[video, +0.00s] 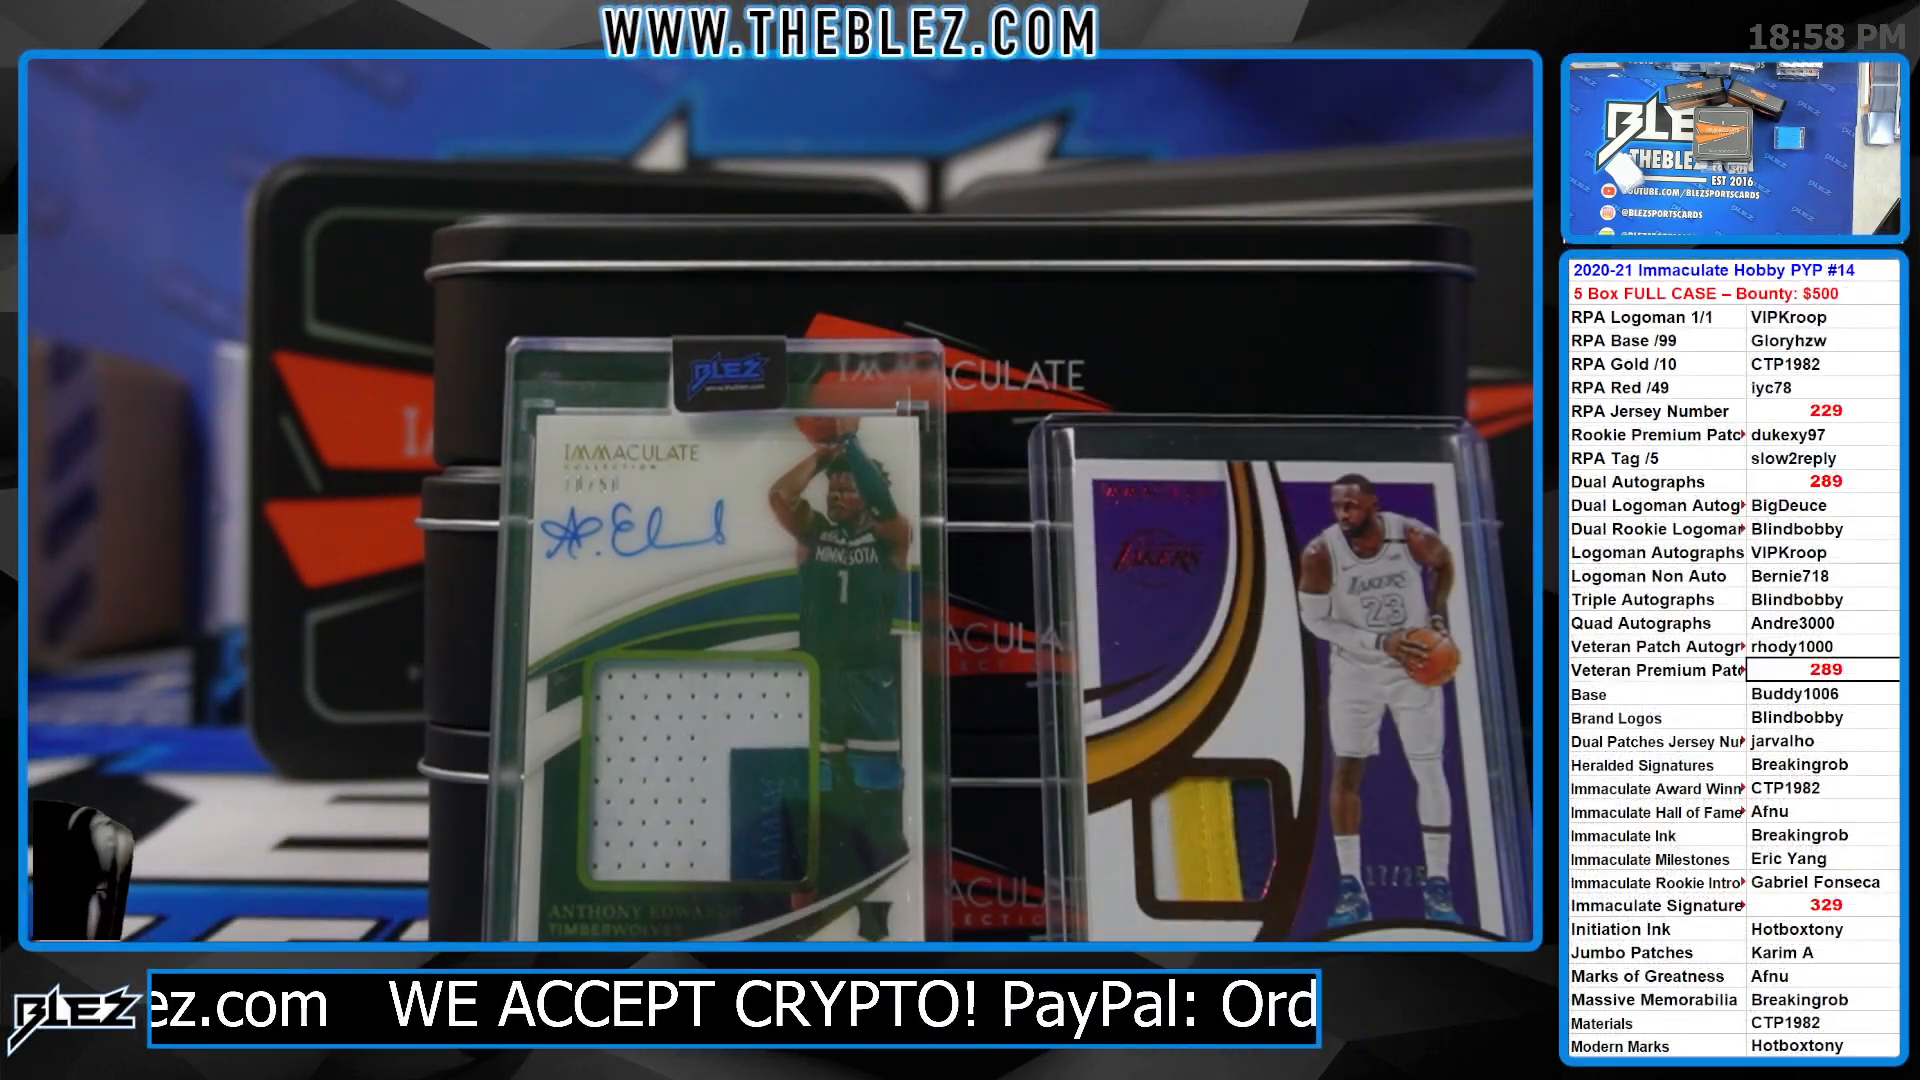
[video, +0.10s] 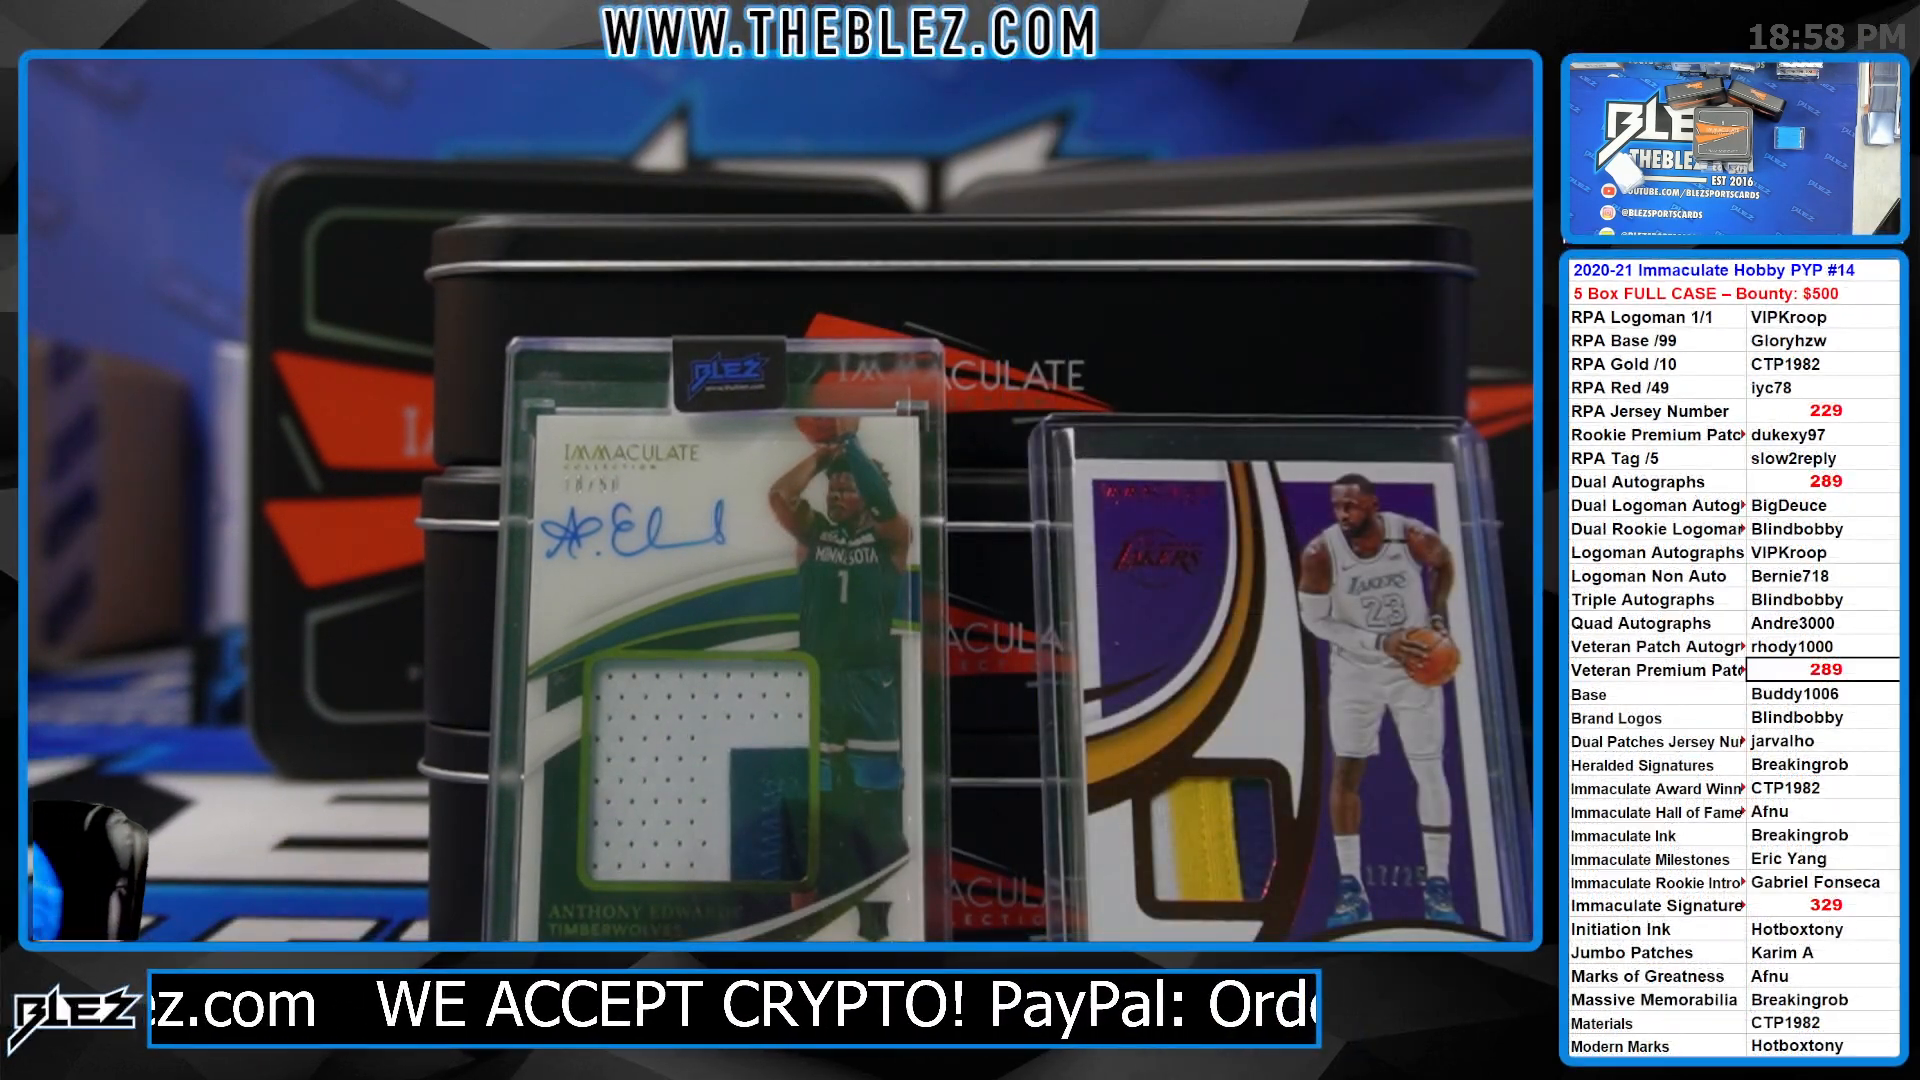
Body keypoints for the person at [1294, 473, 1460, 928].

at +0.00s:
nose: (1343, 514)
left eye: (1351, 505)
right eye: (1337, 506)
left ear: (1373, 505)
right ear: (1332, 510)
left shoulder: (1412, 536)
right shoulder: (1319, 555)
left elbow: (1444, 563)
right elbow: (1315, 621)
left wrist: (1437, 616)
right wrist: (1379, 642)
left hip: (1414, 673)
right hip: (1354, 675)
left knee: (1429, 771)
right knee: (1348, 773)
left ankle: (1438, 884)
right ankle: (1351, 888)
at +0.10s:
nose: (1343, 513)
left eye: (1351, 505)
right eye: (1337, 506)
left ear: (1373, 505)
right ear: (1332, 509)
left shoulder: (1413, 536)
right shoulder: (1319, 555)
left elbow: (1444, 564)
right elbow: (1315, 621)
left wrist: (1437, 616)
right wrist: (1378, 642)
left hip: (1414, 673)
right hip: (1354, 675)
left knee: (1429, 771)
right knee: (1348, 773)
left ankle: (1438, 884)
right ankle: (1351, 888)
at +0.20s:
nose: (1343, 513)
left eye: (1351, 505)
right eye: (1337, 506)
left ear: (1373, 505)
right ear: (1332, 509)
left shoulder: (1413, 536)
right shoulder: (1319, 555)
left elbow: (1444, 564)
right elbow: (1315, 621)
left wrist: (1437, 616)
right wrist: (1378, 642)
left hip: (1414, 673)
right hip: (1354, 675)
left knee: (1429, 771)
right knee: (1348, 773)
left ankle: (1438, 884)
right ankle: (1351, 888)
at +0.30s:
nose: (1343, 513)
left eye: (1351, 505)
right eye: (1337, 506)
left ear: (1373, 505)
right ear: (1332, 509)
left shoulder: (1413, 536)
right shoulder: (1319, 555)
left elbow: (1444, 564)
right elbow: (1315, 621)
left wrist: (1437, 616)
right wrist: (1378, 642)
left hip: (1414, 673)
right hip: (1354, 675)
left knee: (1429, 771)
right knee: (1348, 774)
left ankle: (1438, 884)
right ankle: (1351, 888)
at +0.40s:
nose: (1343, 514)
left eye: (1352, 506)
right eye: (1337, 506)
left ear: (1373, 505)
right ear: (1332, 509)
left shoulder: (1412, 536)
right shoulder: (1319, 555)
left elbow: (1444, 564)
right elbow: (1316, 621)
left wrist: (1437, 615)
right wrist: (1378, 642)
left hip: (1414, 672)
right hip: (1354, 675)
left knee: (1429, 771)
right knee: (1348, 773)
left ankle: (1438, 884)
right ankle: (1351, 888)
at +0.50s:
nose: (1342, 514)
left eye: (1351, 506)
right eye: (1336, 506)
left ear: (1374, 505)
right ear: (1332, 509)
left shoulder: (1413, 536)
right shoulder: (1319, 555)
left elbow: (1444, 565)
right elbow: (1316, 621)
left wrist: (1437, 617)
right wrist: (1379, 642)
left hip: (1414, 672)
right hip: (1354, 675)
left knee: (1430, 771)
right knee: (1347, 773)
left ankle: (1438, 884)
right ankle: (1351, 888)